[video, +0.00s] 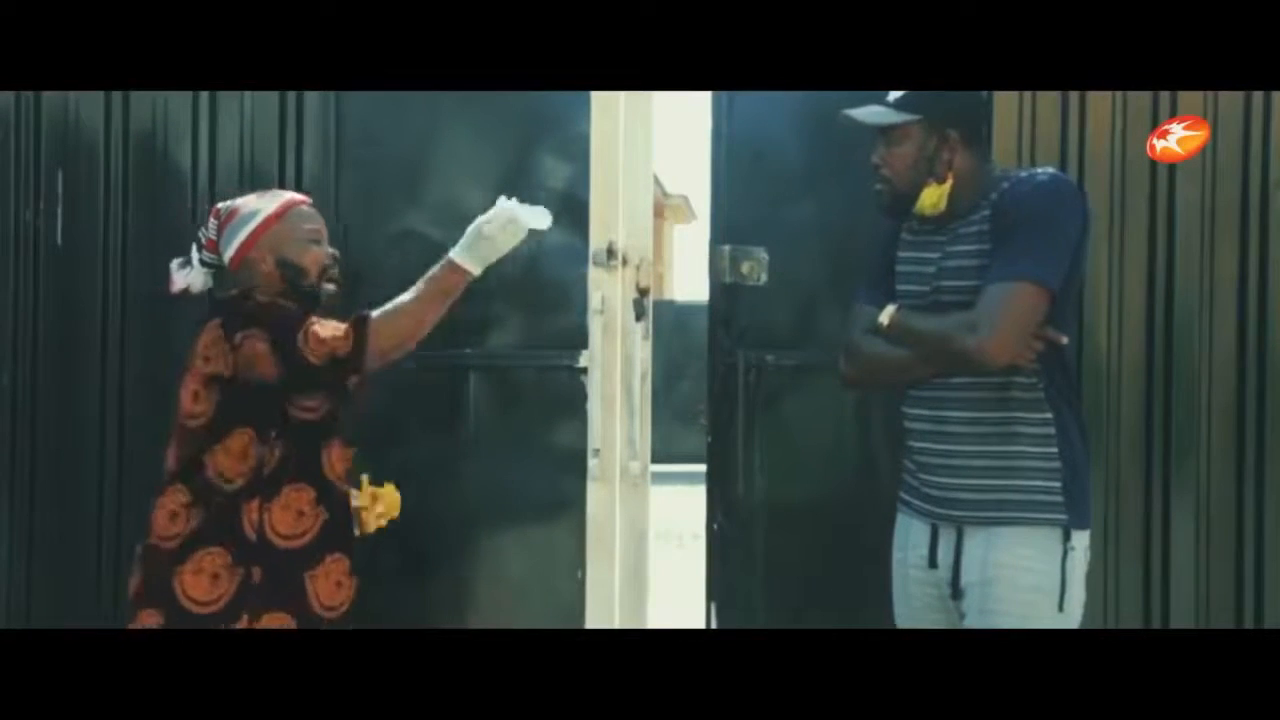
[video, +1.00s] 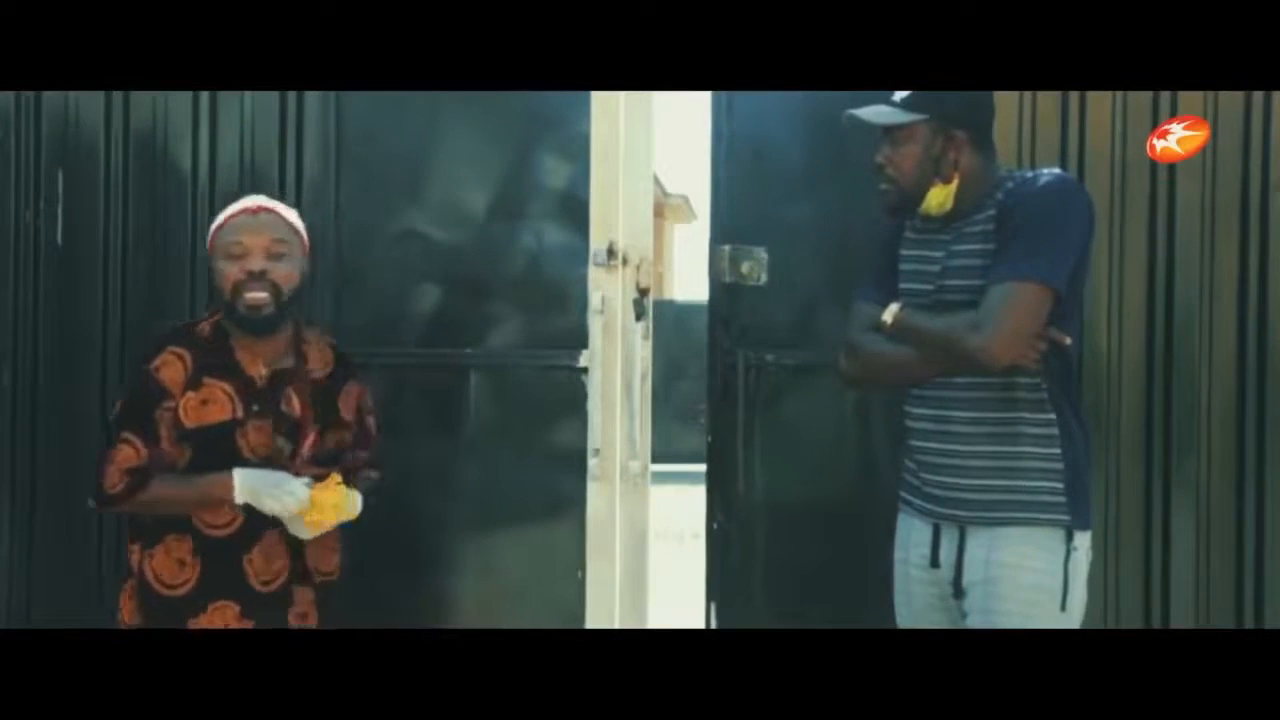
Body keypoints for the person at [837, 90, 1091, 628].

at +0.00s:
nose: (875, 159)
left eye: (892, 142)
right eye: (877, 142)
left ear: (948, 145)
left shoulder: (1042, 197)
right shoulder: (902, 224)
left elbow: (994, 343)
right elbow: (855, 362)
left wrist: (890, 319)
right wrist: (979, 338)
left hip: (1025, 522)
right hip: (922, 513)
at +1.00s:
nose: (879, 159)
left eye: (897, 141)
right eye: (881, 142)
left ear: (954, 145)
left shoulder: (1048, 197)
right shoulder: (903, 224)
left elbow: (998, 344)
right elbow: (854, 359)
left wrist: (893, 317)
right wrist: (985, 341)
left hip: (1027, 522)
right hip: (923, 513)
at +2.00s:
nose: (878, 161)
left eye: (896, 143)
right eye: (880, 143)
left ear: (954, 146)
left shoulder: (1048, 198)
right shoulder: (903, 223)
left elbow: (995, 345)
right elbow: (855, 362)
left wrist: (894, 318)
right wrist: (984, 343)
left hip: (1026, 523)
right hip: (922, 513)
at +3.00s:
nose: (879, 162)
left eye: (896, 144)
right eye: (880, 145)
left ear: (956, 144)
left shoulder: (1048, 195)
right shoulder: (905, 221)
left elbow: (997, 343)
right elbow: (856, 359)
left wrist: (894, 316)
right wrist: (982, 339)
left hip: (1027, 521)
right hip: (923, 511)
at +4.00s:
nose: (1025, 145)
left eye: (1043, 127)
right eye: (1025, 128)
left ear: (1104, 136)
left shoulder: (1196, 192)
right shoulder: (1029, 216)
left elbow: (1127, 326)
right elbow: (961, 336)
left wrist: (1013, 294)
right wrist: (1104, 327)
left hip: (1143, 527)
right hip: (1021, 514)